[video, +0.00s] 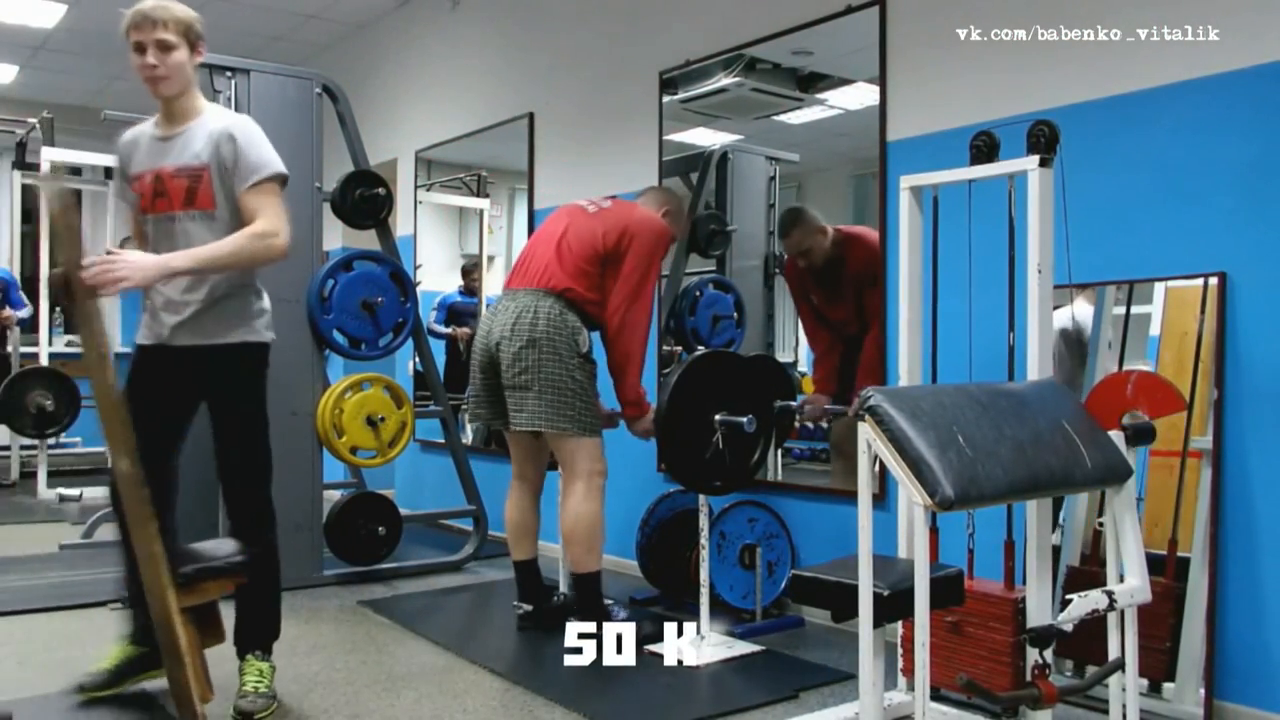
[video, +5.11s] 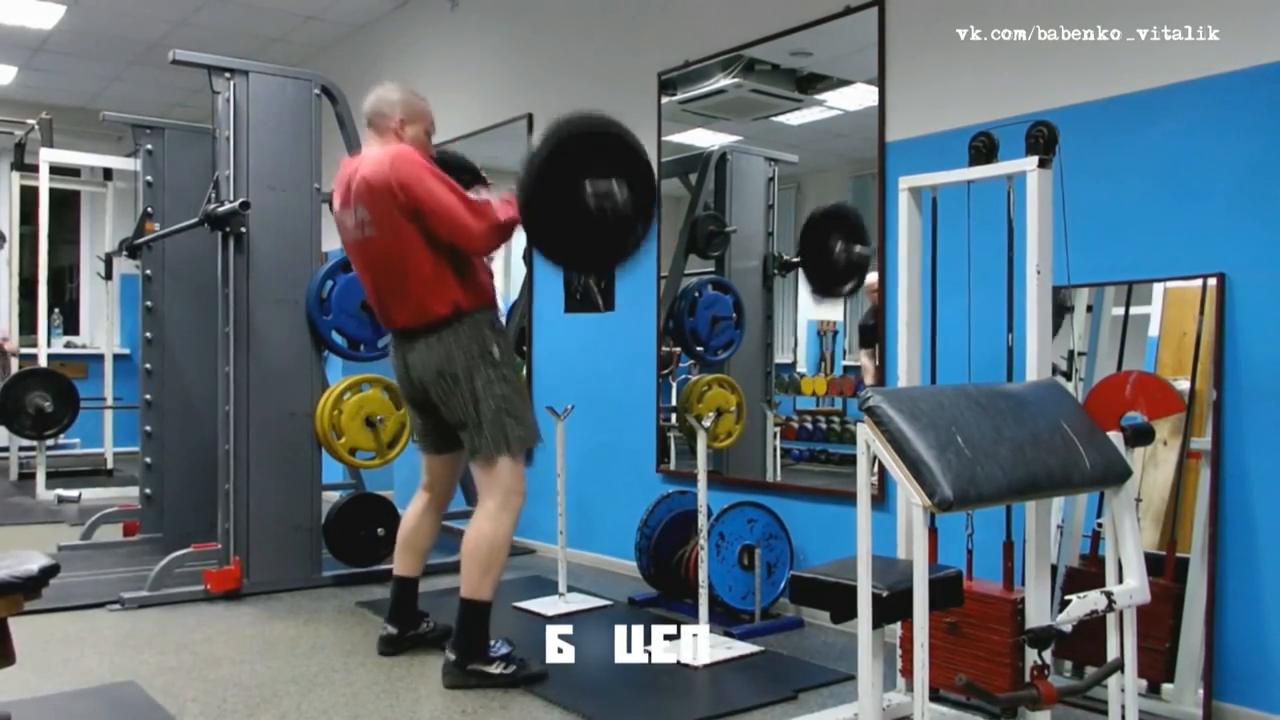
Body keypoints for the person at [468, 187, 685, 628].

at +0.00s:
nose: (671, 243)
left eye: (676, 239)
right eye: (675, 236)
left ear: (644, 201)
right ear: (666, 215)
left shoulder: (585, 213)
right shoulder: (649, 225)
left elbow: (553, 308)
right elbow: (623, 318)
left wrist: (585, 396)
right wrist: (636, 408)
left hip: (497, 322)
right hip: (547, 327)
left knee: (526, 473)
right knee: (584, 473)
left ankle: (532, 601)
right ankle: (590, 613)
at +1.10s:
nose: (640, 173)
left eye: (641, 166)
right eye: (641, 165)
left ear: (593, 153)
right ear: (627, 155)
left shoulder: (551, 192)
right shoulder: (626, 198)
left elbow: (511, 279)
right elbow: (617, 295)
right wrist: (632, 374)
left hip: (506, 328)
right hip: (563, 331)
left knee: (535, 470)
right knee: (599, 474)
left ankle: (533, 598)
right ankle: (589, 612)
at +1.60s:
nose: (558, 130)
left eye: (555, 121)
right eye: (555, 121)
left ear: (507, 123)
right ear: (541, 120)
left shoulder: (477, 179)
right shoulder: (555, 173)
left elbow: (467, 274)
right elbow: (569, 270)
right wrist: (595, 342)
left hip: (472, 338)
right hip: (534, 336)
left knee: (488, 474)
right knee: (576, 476)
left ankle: (439, 610)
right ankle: (586, 618)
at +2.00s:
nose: (509, 132)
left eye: (508, 123)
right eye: (507, 122)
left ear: (459, 122)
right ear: (486, 118)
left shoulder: (427, 177)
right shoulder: (504, 168)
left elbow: (408, 269)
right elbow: (511, 268)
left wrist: (438, 315)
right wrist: (532, 339)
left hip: (419, 333)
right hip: (480, 330)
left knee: (448, 479)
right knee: (542, 470)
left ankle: (434, 621)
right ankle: (516, 616)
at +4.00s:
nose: (468, 124)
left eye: (467, 114)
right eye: (464, 113)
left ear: (414, 112)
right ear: (439, 109)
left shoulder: (377, 169)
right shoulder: (450, 167)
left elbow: (366, 268)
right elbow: (473, 275)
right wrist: (496, 345)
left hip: (380, 338)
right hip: (439, 337)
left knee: (409, 484)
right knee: (469, 493)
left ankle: (399, 621)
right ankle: (469, 652)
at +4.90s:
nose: (435, 109)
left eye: (432, 99)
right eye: (428, 100)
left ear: (380, 104)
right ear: (401, 100)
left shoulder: (356, 164)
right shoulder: (425, 147)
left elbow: (368, 267)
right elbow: (476, 242)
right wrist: (511, 281)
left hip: (396, 333)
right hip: (449, 324)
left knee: (424, 473)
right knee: (494, 476)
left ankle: (401, 612)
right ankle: (477, 638)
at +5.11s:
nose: (427, 143)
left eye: (428, 135)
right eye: (424, 134)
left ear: (373, 124)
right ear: (399, 123)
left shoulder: (345, 181)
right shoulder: (399, 163)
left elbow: (384, 263)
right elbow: (475, 231)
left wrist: (458, 203)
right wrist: (514, 201)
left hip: (411, 348)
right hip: (462, 340)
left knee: (434, 487)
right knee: (502, 489)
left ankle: (402, 620)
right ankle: (472, 652)